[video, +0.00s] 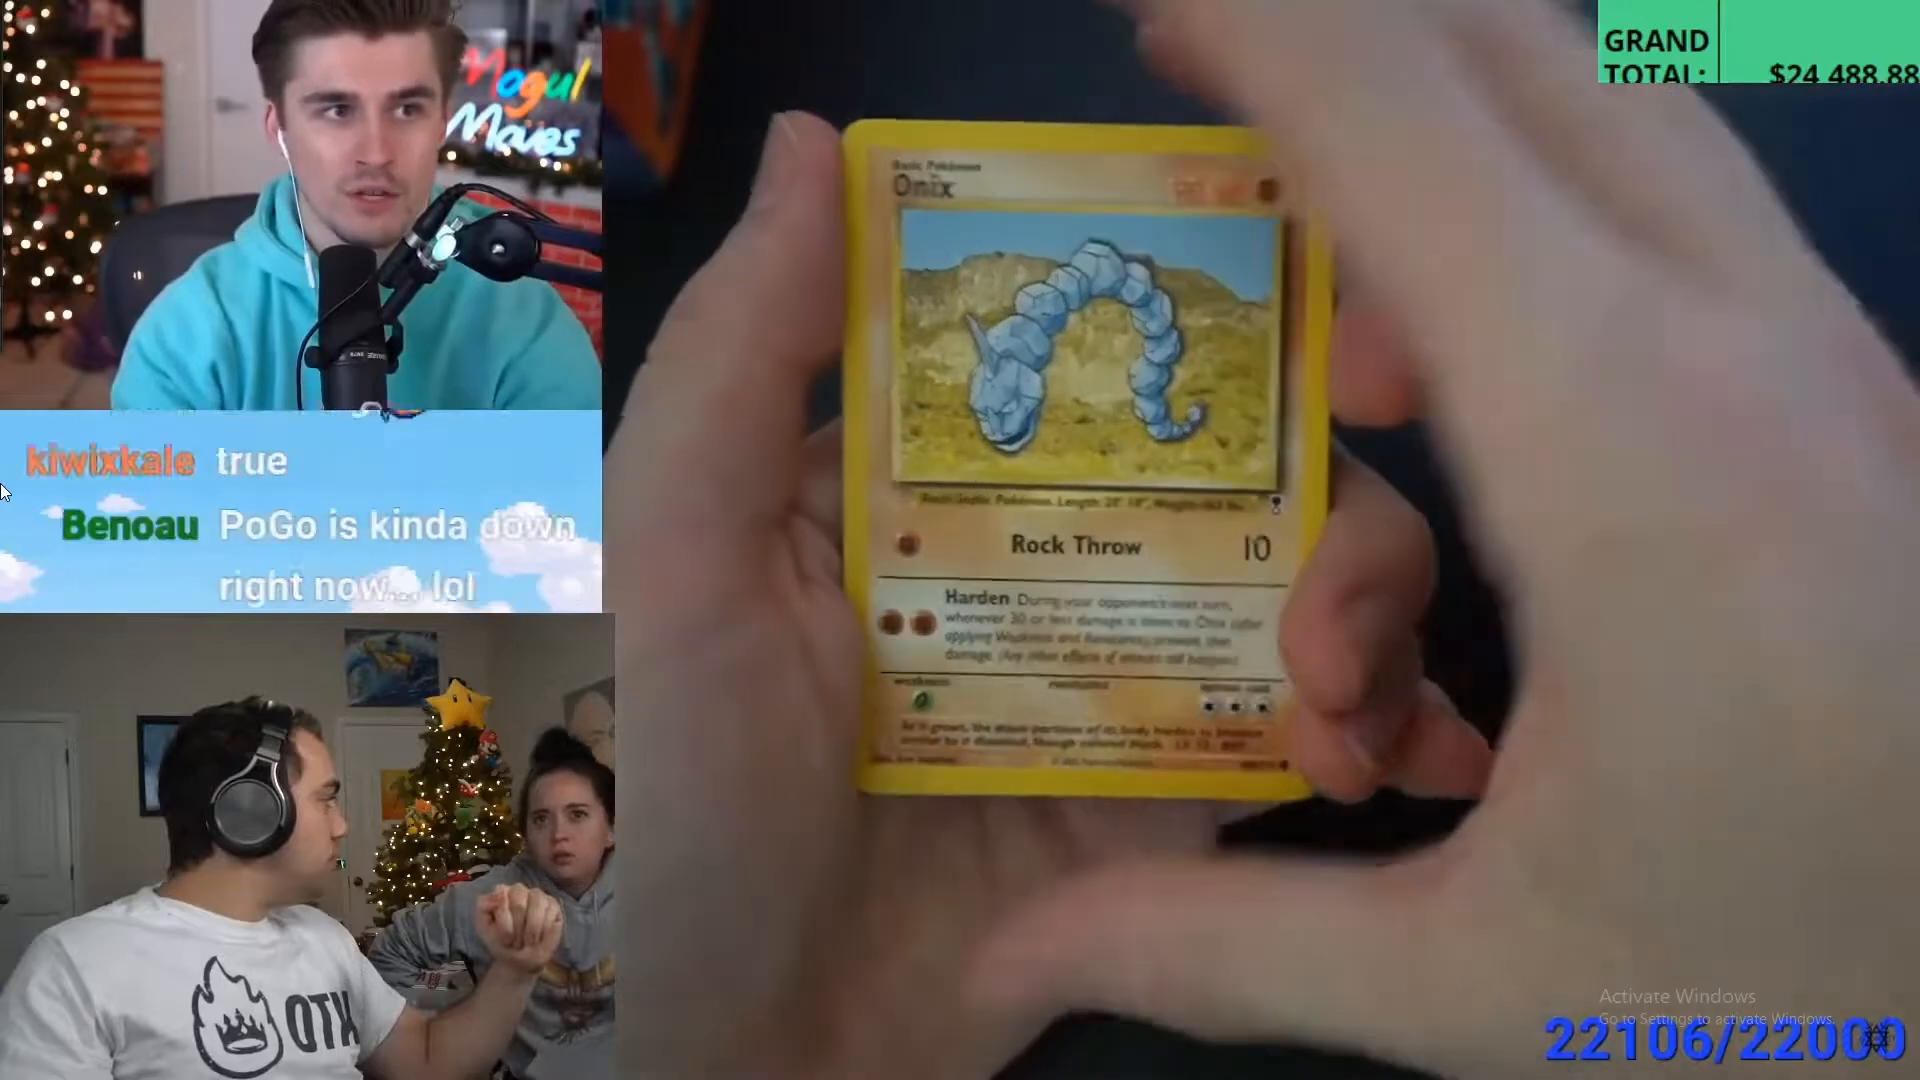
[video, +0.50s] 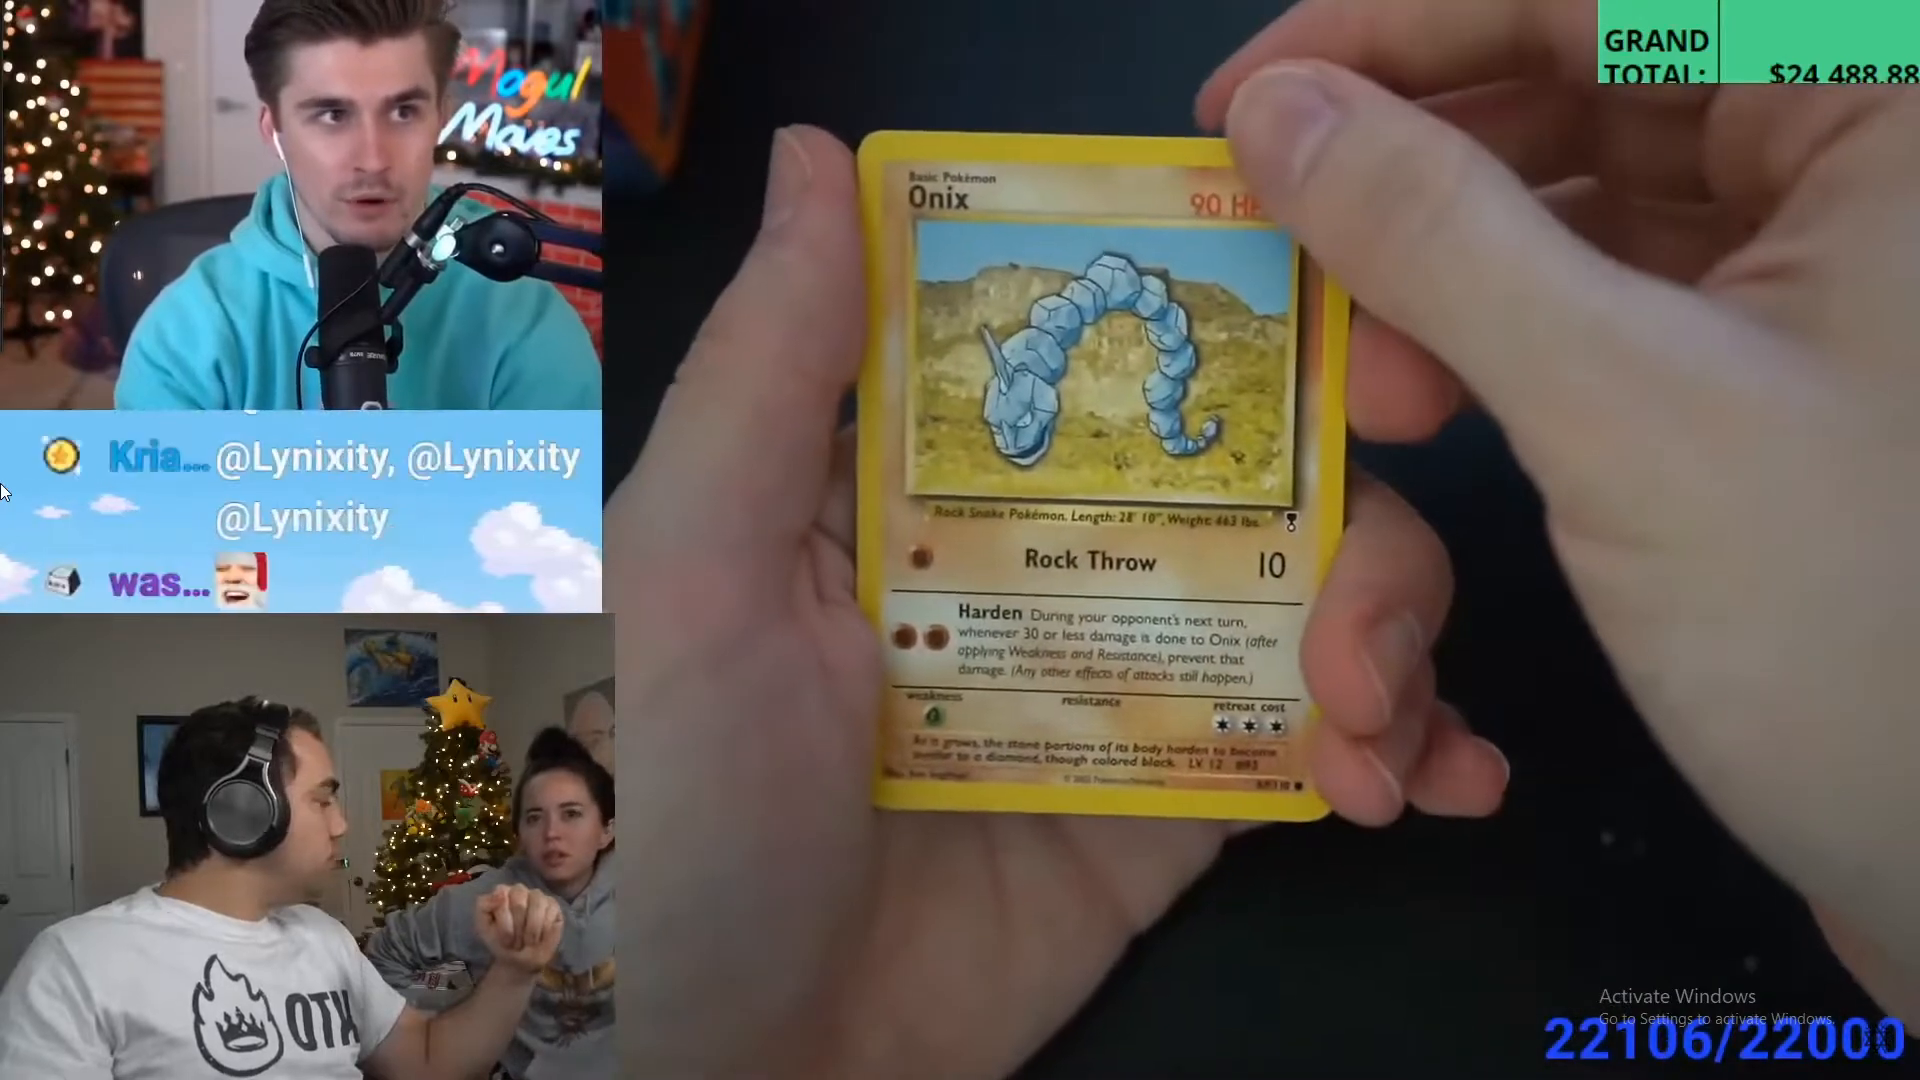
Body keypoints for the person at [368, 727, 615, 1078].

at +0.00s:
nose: (559, 835)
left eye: (578, 815)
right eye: (542, 819)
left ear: (611, 829)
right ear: (526, 835)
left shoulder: (641, 891)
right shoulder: (487, 898)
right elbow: (387, 956)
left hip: (625, 1069)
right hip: (535, 1073)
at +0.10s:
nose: (557, 831)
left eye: (576, 812)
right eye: (540, 816)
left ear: (609, 828)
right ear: (525, 834)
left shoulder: (642, 889)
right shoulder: (486, 897)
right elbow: (387, 956)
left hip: (626, 1068)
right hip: (536, 1073)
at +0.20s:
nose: (556, 829)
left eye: (575, 811)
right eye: (539, 814)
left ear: (608, 827)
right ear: (523, 833)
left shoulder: (640, 888)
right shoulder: (483, 899)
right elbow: (386, 956)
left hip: (626, 1067)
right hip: (534, 1071)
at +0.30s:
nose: (554, 830)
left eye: (573, 811)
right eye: (536, 815)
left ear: (607, 827)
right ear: (521, 833)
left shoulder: (636, 890)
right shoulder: (481, 901)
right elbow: (384, 956)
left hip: (622, 1067)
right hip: (532, 1072)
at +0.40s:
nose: (552, 831)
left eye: (573, 813)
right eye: (536, 816)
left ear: (607, 828)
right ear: (520, 833)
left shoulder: (635, 890)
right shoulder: (479, 902)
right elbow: (384, 956)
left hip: (621, 1068)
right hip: (531, 1072)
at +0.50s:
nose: (551, 833)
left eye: (571, 814)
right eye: (534, 818)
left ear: (606, 829)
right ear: (519, 835)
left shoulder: (636, 889)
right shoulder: (479, 902)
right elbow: (383, 955)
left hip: (623, 1068)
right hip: (532, 1072)